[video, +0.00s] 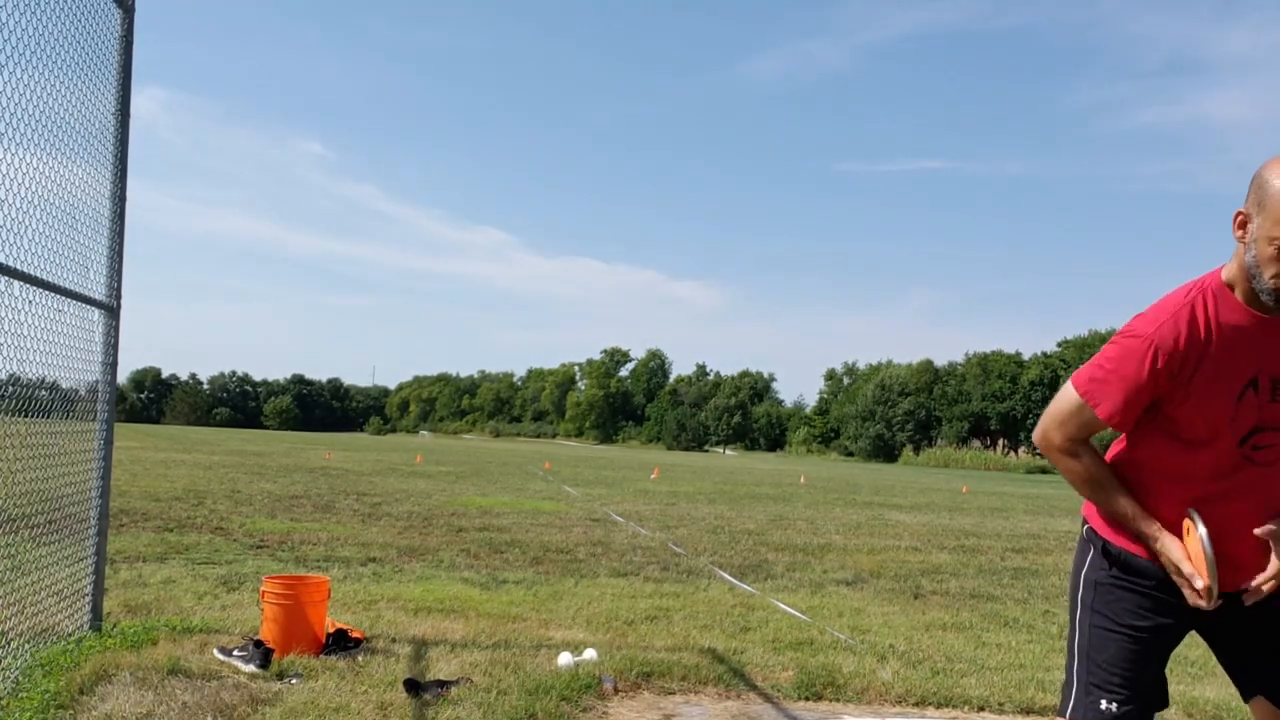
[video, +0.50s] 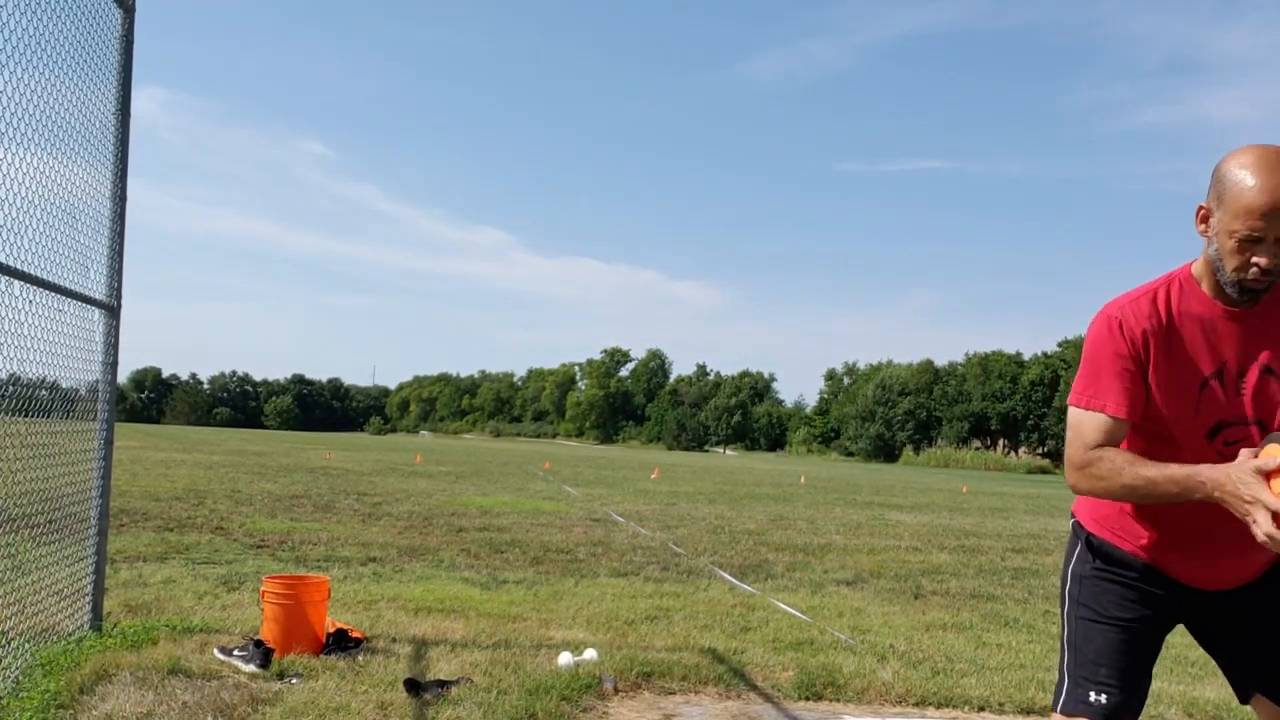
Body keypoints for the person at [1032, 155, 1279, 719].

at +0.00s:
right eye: (1278, 242)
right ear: (1243, 226)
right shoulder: (1179, 324)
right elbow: (1057, 435)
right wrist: (1155, 535)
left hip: (1254, 575)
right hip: (1134, 567)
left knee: (1275, 706)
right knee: (1101, 713)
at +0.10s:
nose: (1279, 268)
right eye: (1270, 249)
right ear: (1230, 228)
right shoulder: (1168, 326)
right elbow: (1043, 438)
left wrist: (1275, 518)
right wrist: (1147, 531)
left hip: (1255, 570)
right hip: (1128, 567)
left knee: (1276, 705)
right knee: (1094, 712)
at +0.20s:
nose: (1273, 276)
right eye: (1260, 255)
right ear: (1219, 235)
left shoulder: (1273, 335)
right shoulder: (1155, 332)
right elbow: (1042, 455)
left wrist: (1263, 516)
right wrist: (1164, 542)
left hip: (1249, 565)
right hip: (1123, 565)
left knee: (1277, 701)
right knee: (1099, 711)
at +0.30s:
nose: (1270, 274)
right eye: (1255, 253)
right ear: (1212, 231)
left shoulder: (1277, 328)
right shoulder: (1143, 331)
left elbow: (1276, 464)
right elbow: (1053, 466)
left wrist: (1271, 507)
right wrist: (1186, 534)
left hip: (1243, 563)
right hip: (1122, 561)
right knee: (1099, 711)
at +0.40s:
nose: (1267, 262)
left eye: (1279, 244)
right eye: (1252, 242)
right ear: (1208, 221)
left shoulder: (1277, 314)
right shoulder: (1136, 322)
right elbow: (1073, 461)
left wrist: (1275, 488)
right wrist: (1203, 504)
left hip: (1246, 557)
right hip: (1125, 548)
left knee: (1278, 701)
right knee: (1083, 709)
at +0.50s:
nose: (1266, 261)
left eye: (1278, 243)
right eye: (1249, 242)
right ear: (1205, 222)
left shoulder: (1278, 317)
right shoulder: (1130, 324)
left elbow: (1275, 428)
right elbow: (1085, 466)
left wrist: (1275, 458)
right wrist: (1214, 481)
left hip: (1251, 563)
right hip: (1126, 557)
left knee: (1279, 703)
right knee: (1088, 713)